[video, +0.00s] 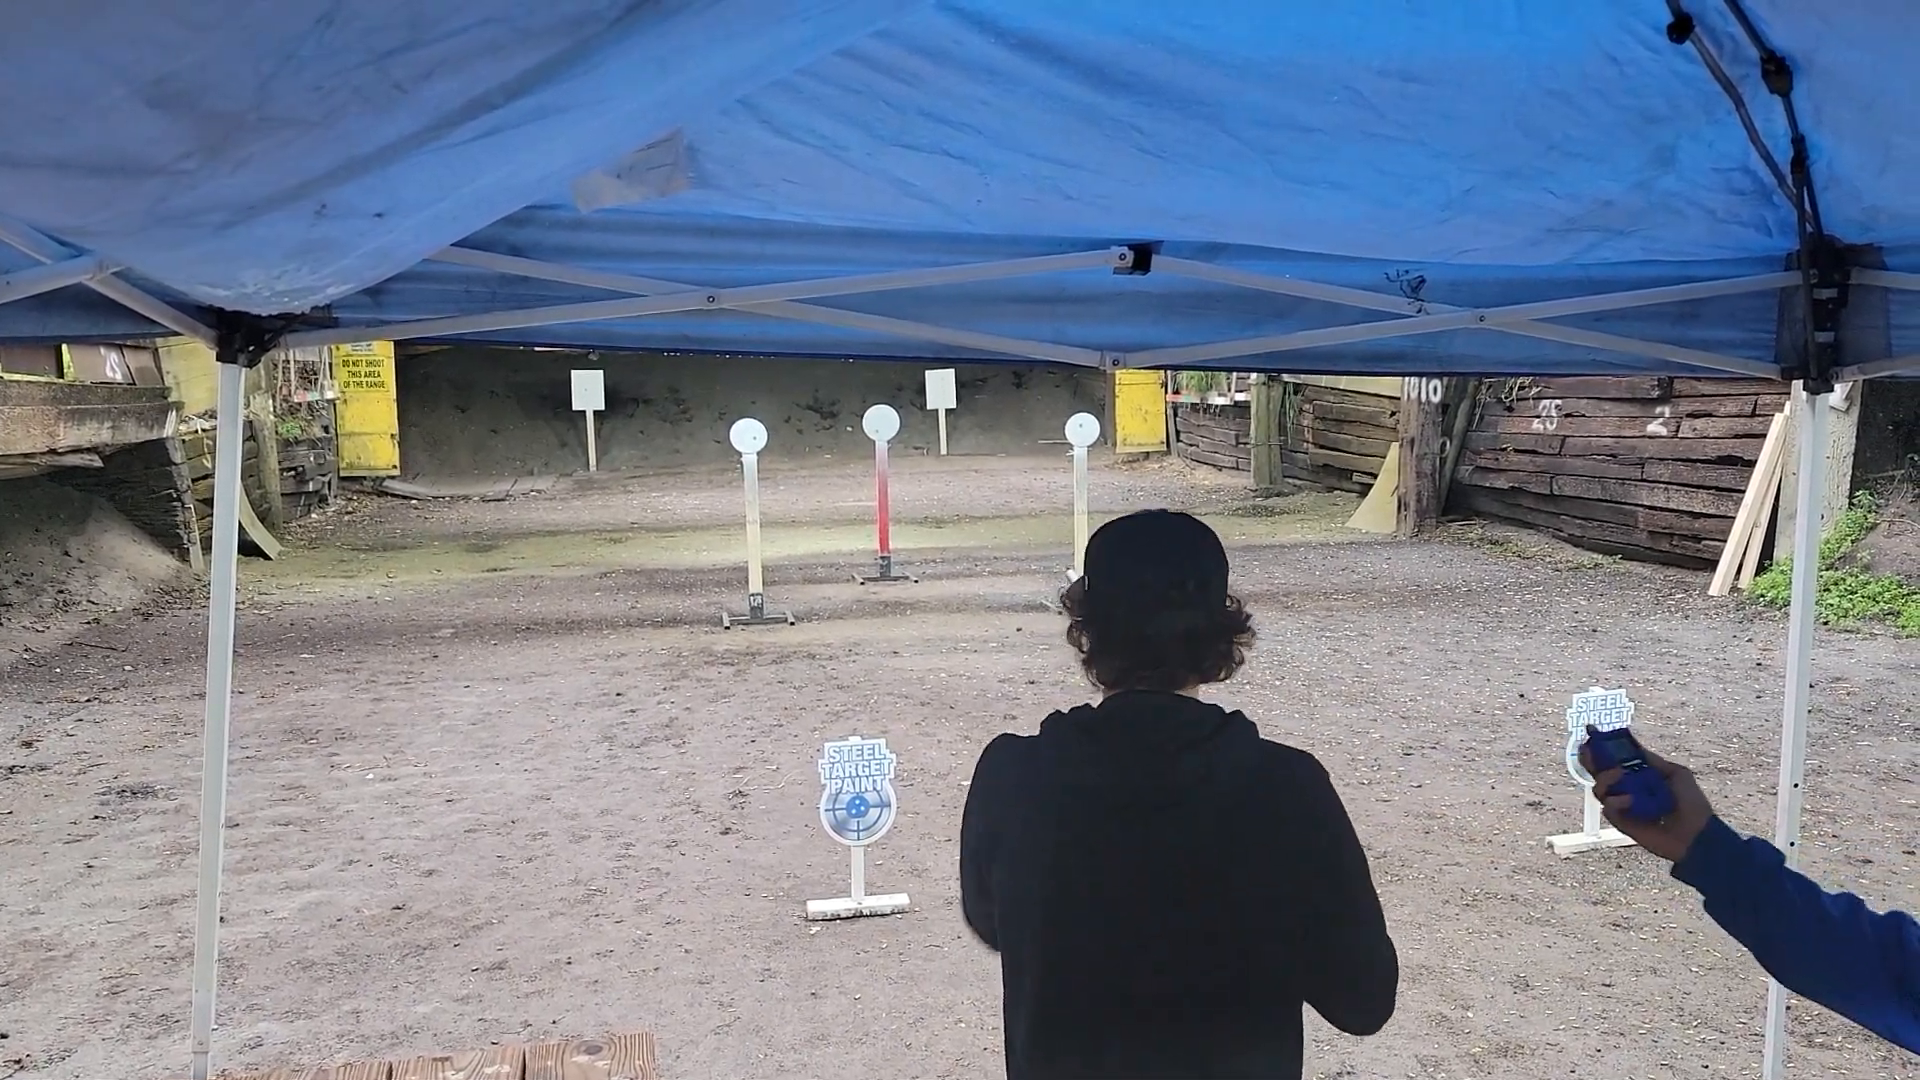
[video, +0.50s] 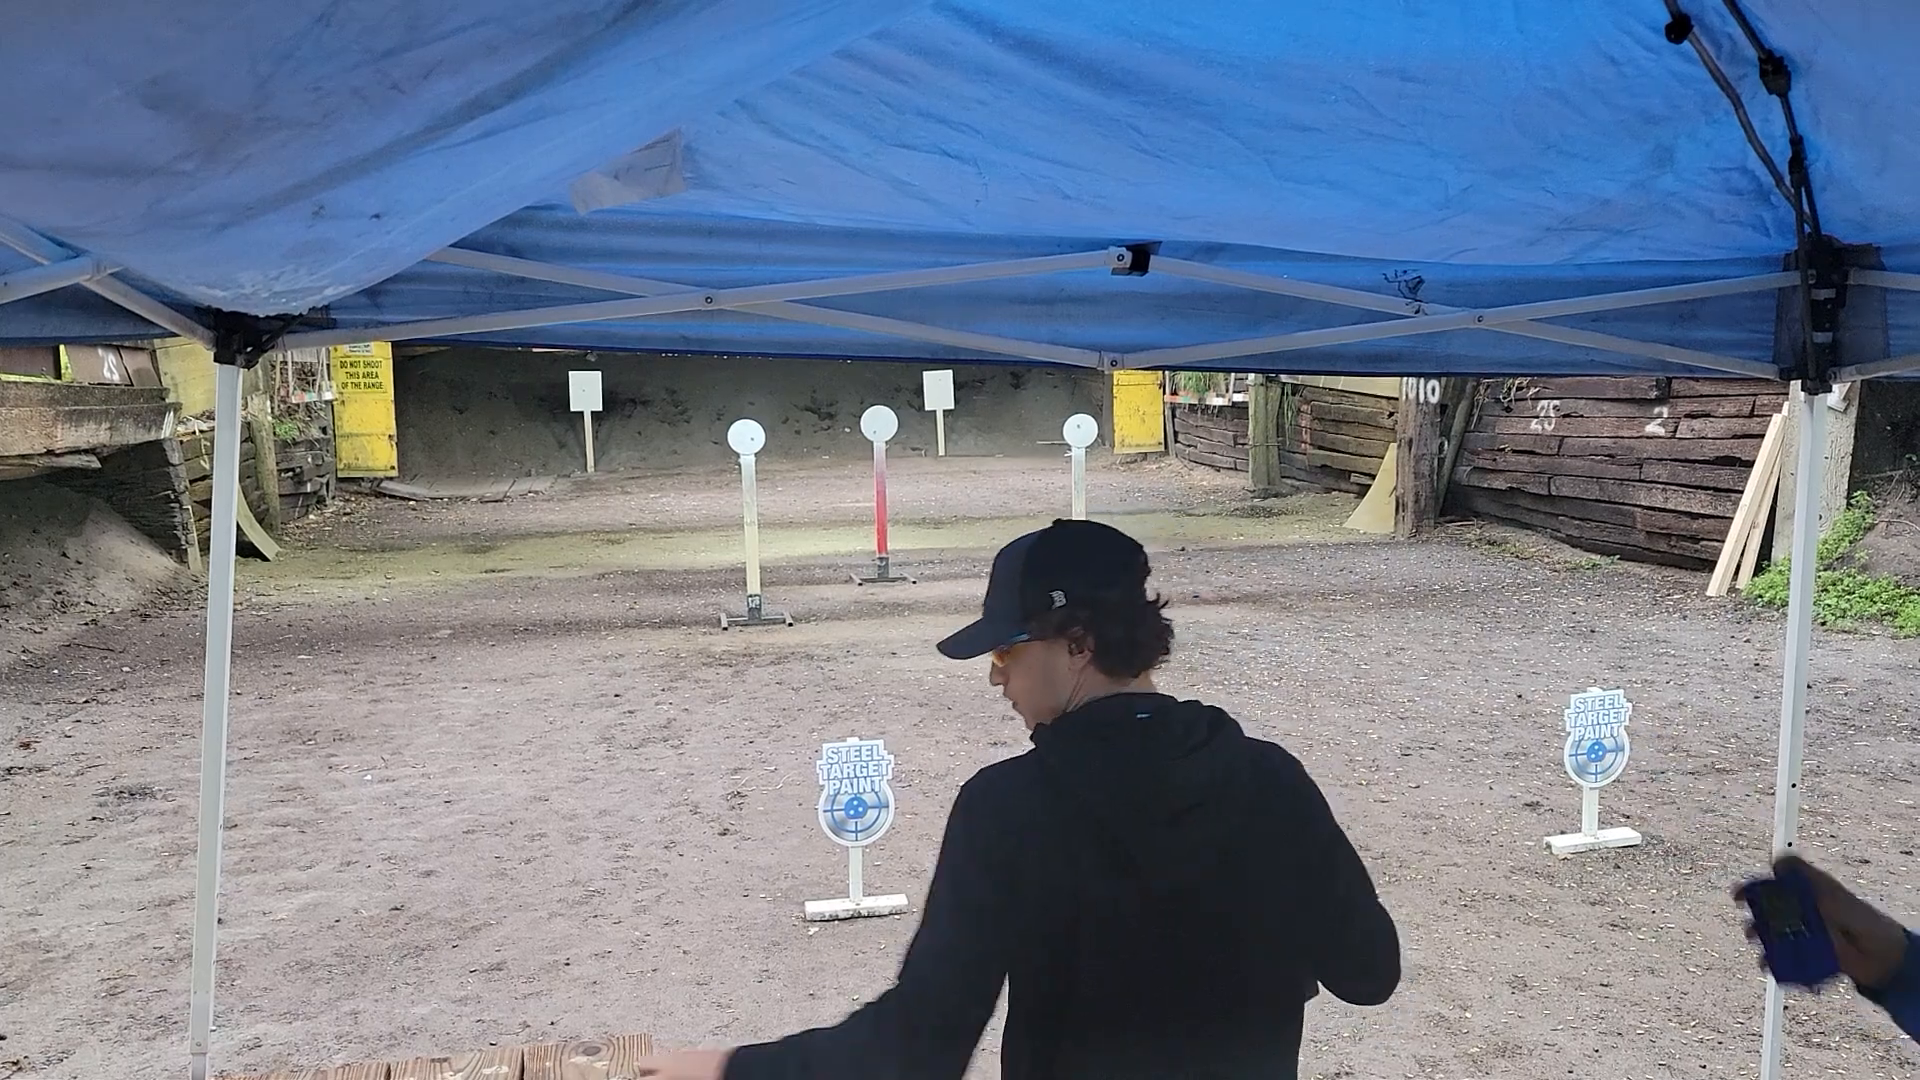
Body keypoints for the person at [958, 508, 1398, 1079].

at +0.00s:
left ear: (1089, 631)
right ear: (1220, 631)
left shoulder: (1011, 775)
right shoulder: (1290, 786)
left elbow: (991, 921)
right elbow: (1366, 1002)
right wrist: (1255, 900)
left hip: (1058, 1070)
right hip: (1243, 1070)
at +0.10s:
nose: (1075, 640)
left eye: (1076, 624)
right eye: (1076, 621)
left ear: (1088, 637)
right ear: (1215, 631)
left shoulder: (1012, 778)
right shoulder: (1296, 787)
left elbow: (958, 980)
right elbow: (1371, 1005)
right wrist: (1264, 898)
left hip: (1064, 1067)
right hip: (1249, 1067)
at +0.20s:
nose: (1053, 657)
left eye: (1058, 635)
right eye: (1052, 637)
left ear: (1106, 643)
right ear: (1196, 635)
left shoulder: (1014, 788)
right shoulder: (1303, 789)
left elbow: (936, 1030)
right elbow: (1385, 997)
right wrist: (1284, 948)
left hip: (1066, 1070)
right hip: (1250, 1072)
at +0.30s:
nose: (1028, 665)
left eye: (1041, 641)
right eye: (1030, 643)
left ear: (1106, 644)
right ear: (1167, 637)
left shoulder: (1016, 791)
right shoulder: (1296, 785)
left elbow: (955, 1029)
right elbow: (1392, 985)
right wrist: (1279, 914)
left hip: (1067, 1071)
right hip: (1249, 1072)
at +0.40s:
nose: (1012, 673)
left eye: (1024, 648)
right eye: (1012, 650)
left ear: (1092, 643)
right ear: (1145, 638)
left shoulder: (1019, 797)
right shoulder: (1287, 782)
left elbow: (973, 1035)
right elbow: (1384, 975)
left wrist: (834, 1061)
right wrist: (1263, 928)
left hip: (1069, 1068)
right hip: (1246, 1070)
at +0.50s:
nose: (995, 672)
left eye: (1008, 647)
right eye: (996, 648)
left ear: (1075, 644)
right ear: (1124, 639)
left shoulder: (1010, 804)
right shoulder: (1269, 778)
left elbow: (925, 1039)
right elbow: (1372, 972)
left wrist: (734, 1066)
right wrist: (1251, 901)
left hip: (1070, 1062)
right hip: (1248, 1069)